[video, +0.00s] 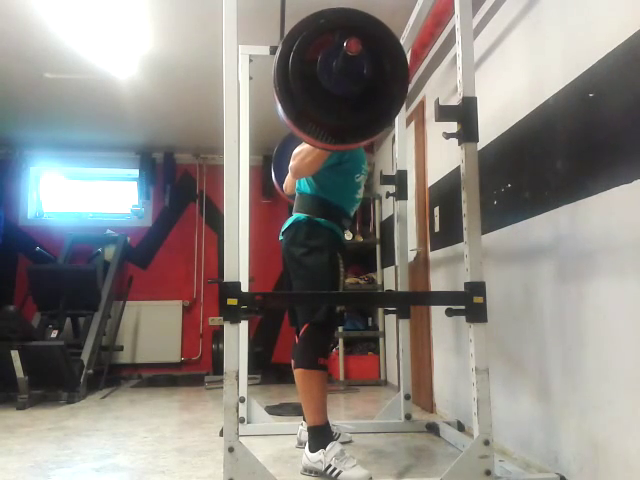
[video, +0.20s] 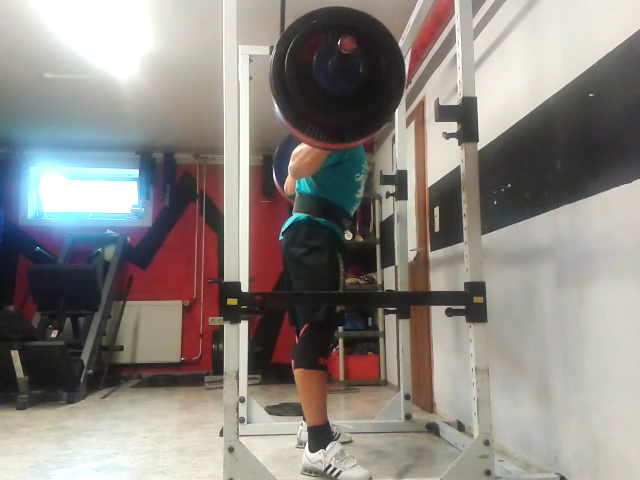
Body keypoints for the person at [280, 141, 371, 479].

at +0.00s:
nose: (373, 135)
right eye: (368, 126)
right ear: (351, 114)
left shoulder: (345, 144)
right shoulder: (330, 134)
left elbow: (289, 186)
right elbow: (296, 170)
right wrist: (333, 134)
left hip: (317, 234)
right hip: (310, 233)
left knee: (314, 333)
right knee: (316, 332)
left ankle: (315, 429)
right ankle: (319, 446)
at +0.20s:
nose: (371, 130)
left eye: (371, 124)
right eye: (368, 123)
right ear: (351, 114)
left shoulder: (346, 145)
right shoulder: (331, 135)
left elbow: (289, 187)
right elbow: (296, 170)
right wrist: (331, 132)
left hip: (317, 234)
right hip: (311, 233)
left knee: (313, 333)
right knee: (316, 332)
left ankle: (315, 428)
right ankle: (319, 446)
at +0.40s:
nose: (373, 129)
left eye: (373, 123)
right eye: (369, 122)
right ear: (352, 115)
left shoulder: (347, 146)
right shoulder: (332, 135)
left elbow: (290, 187)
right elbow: (295, 169)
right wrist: (330, 130)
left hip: (318, 234)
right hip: (311, 233)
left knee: (313, 333)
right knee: (316, 333)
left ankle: (315, 428)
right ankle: (319, 446)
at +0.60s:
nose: (369, 126)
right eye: (365, 121)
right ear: (347, 113)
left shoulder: (344, 145)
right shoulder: (330, 135)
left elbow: (288, 187)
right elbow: (294, 169)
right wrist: (327, 130)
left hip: (318, 235)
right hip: (310, 234)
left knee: (314, 332)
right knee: (315, 332)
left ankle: (315, 429)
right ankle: (319, 446)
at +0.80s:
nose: (370, 126)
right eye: (366, 120)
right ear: (348, 112)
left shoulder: (344, 144)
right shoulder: (330, 135)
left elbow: (289, 188)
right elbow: (293, 169)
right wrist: (326, 132)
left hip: (318, 235)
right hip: (309, 234)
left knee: (314, 332)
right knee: (315, 332)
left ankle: (314, 428)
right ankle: (319, 446)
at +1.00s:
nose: (372, 127)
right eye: (368, 120)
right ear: (352, 114)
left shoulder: (345, 146)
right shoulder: (331, 135)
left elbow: (289, 187)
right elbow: (293, 170)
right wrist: (328, 131)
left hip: (317, 235)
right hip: (309, 234)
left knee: (313, 332)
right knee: (315, 331)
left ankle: (314, 429)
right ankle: (319, 446)